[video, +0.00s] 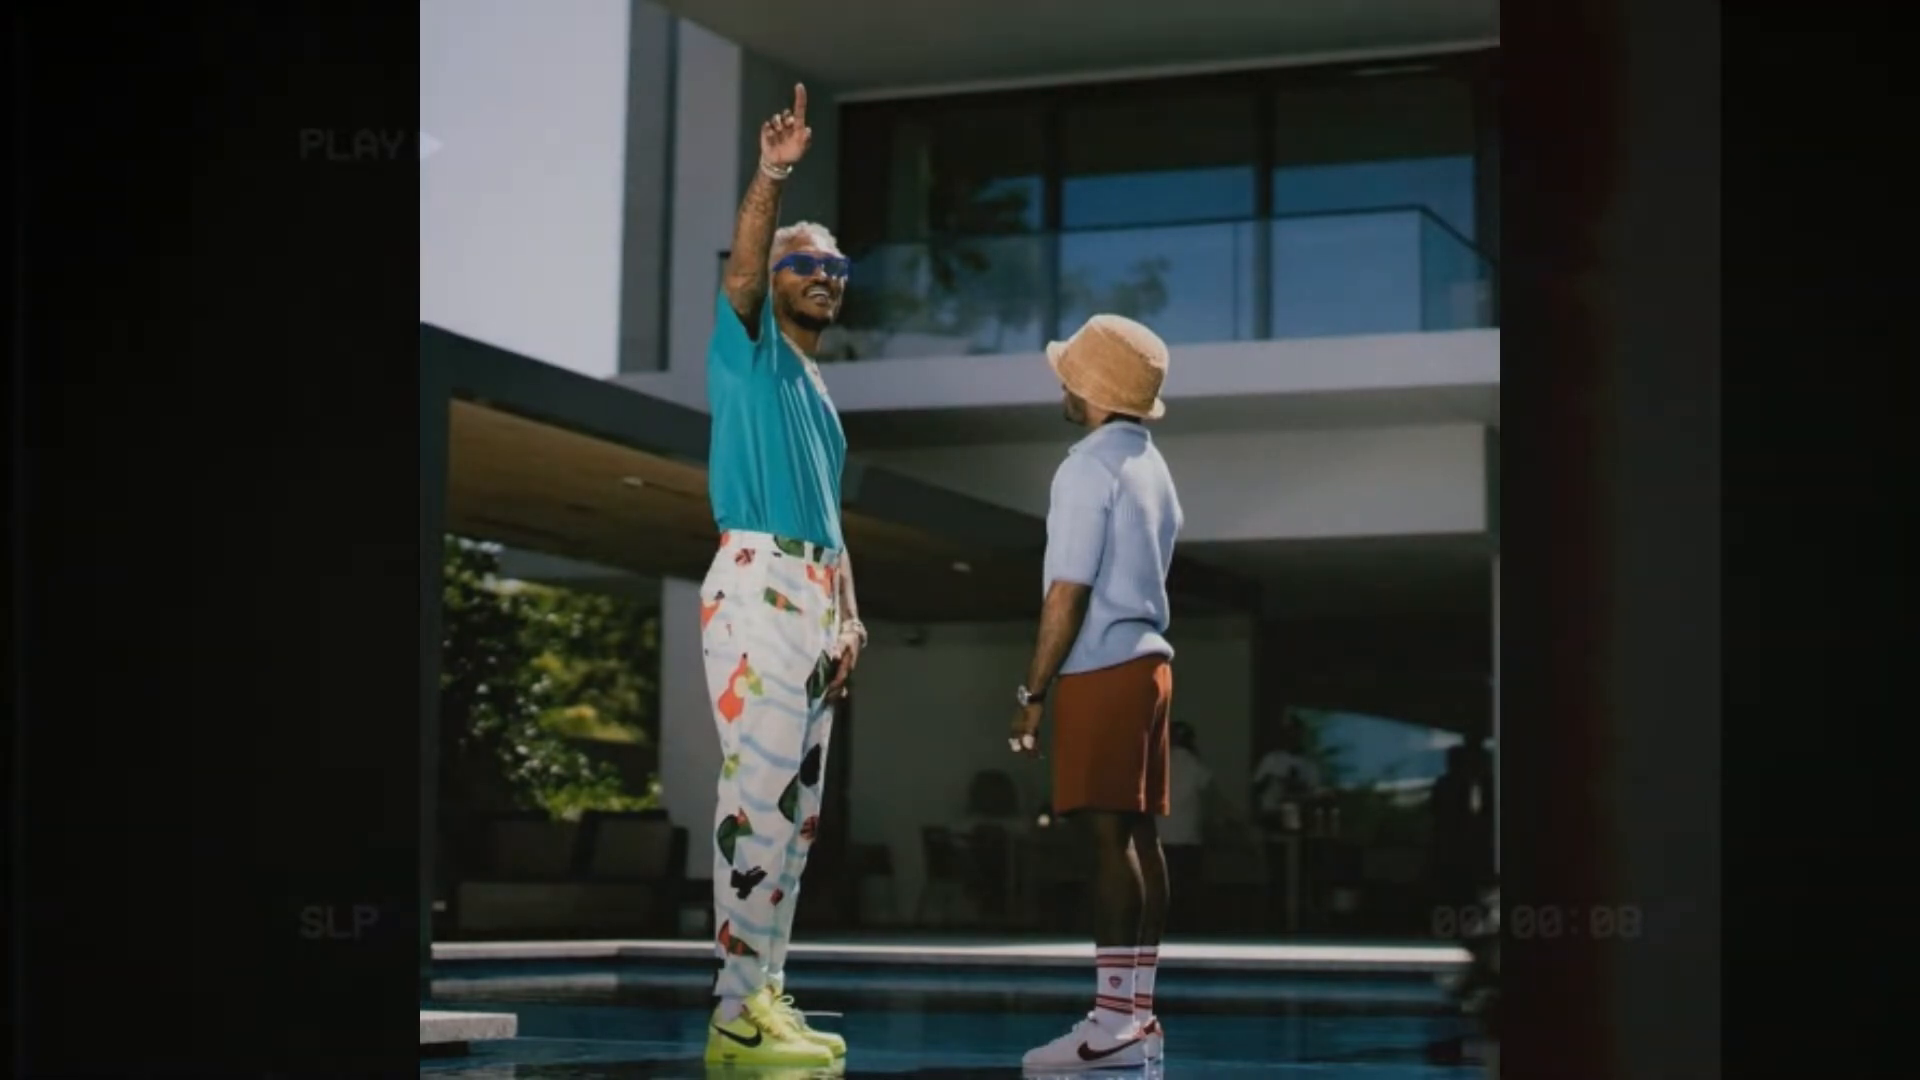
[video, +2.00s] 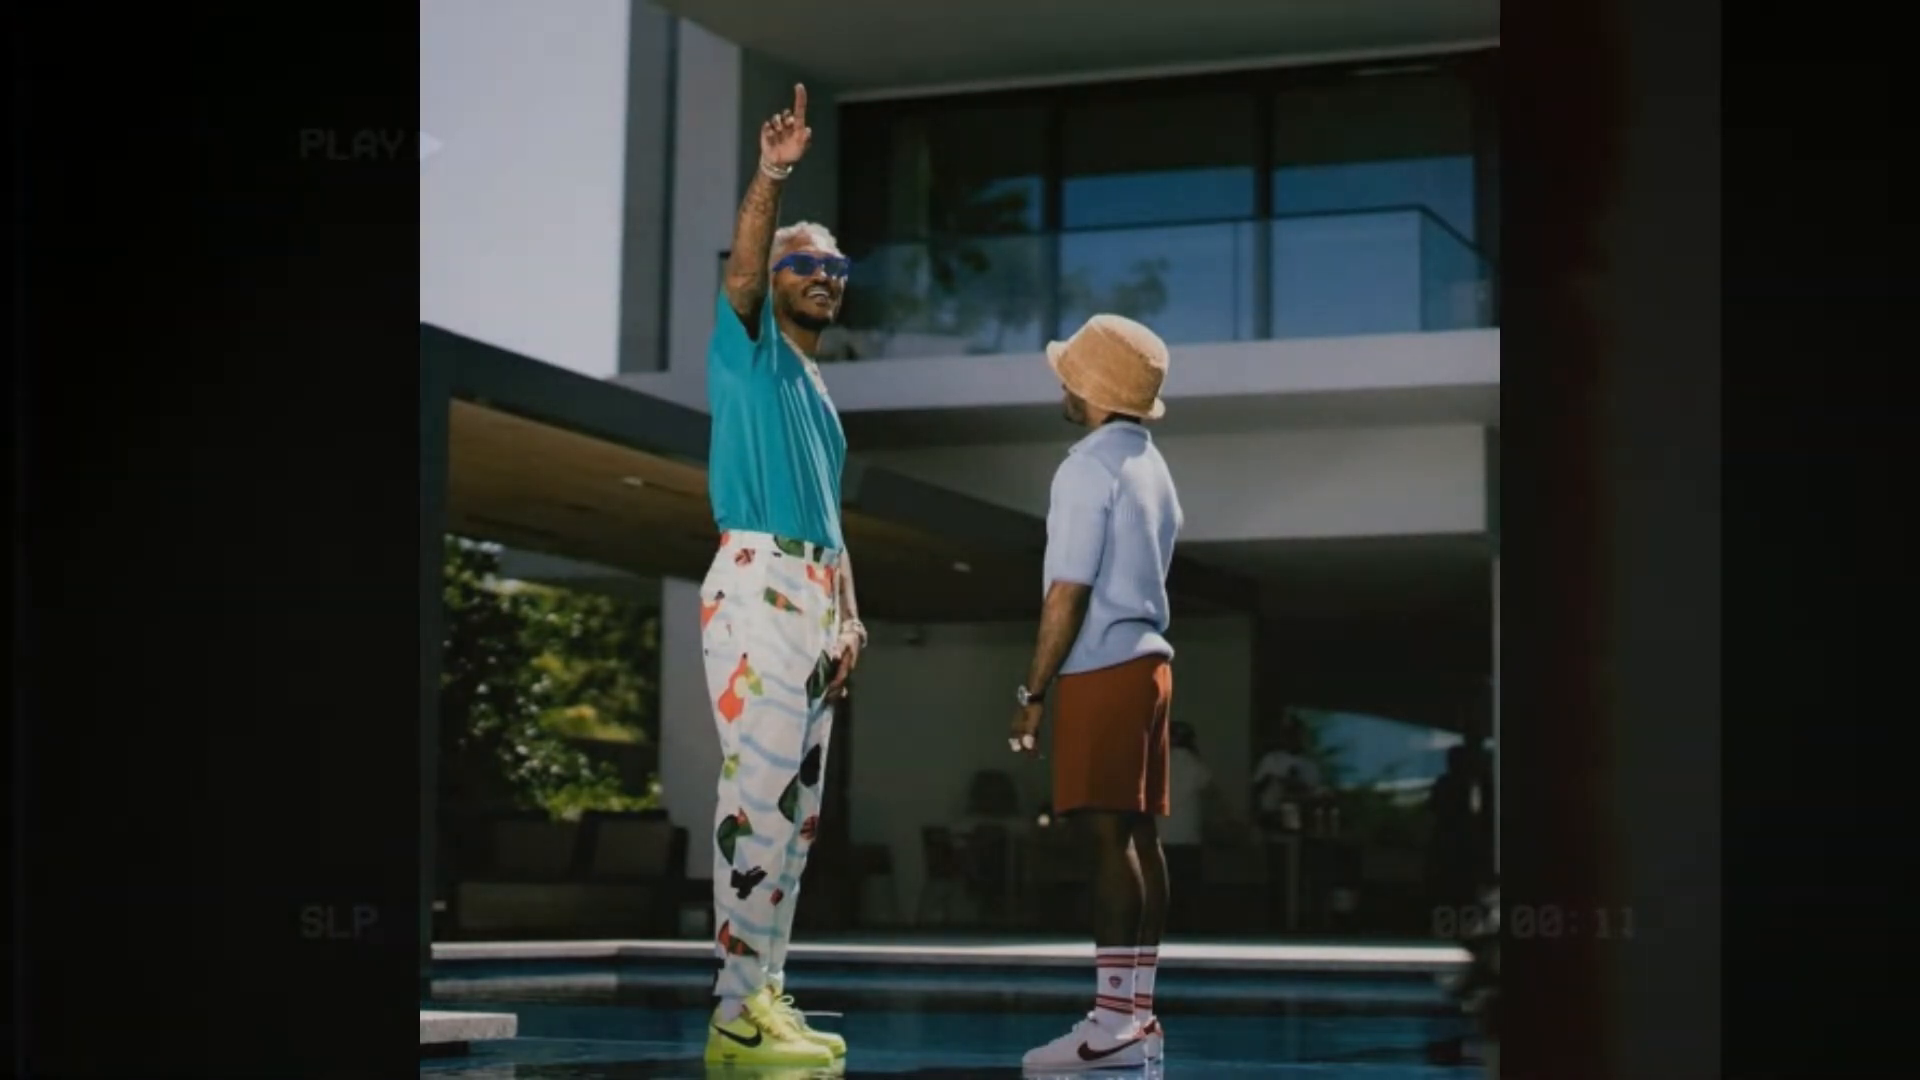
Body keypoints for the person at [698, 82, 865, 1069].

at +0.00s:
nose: (823, 282)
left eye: (834, 273)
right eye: (805, 268)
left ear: (842, 293)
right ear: (770, 278)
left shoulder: (819, 395)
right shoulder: (744, 344)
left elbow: (828, 520)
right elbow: (744, 266)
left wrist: (847, 612)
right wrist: (770, 173)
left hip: (814, 590)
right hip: (756, 582)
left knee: (794, 798)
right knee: (759, 793)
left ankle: (759, 1000)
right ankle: (745, 1006)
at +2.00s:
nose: (823, 283)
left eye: (834, 274)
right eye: (806, 268)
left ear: (841, 293)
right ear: (770, 277)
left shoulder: (818, 394)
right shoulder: (744, 343)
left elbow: (827, 519)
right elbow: (744, 268)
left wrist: (847, 612)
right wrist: (769, 174)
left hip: (814, 590)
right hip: (755, 582)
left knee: (794, 798)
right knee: (759, 791)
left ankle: (757, 1003)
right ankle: (746, 1004)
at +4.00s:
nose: (823, 284)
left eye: (834, 274)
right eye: (806, 268)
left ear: (841, 293)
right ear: (770, 278)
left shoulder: (817, 393)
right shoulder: (744, 343)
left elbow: (827, 519)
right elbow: (743, 269)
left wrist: (847, 612)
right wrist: (770, 174)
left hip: (814, 589)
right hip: (756, 582)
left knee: (794, 798)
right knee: (759, 790)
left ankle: (756, 1003)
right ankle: (747, 1002)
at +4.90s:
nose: (822, 281)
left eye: (833, 272)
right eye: (805, 267)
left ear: (841, 292)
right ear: (769, 278)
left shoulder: (817, 392)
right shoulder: (744, 343)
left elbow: (827, 519)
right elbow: (744, 268)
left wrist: (847, 612)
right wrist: (770, 173)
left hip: (814, 589)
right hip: (756, 581)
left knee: (794, 797)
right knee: (759, 790)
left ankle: (757, 1002)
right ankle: (747, 1003)